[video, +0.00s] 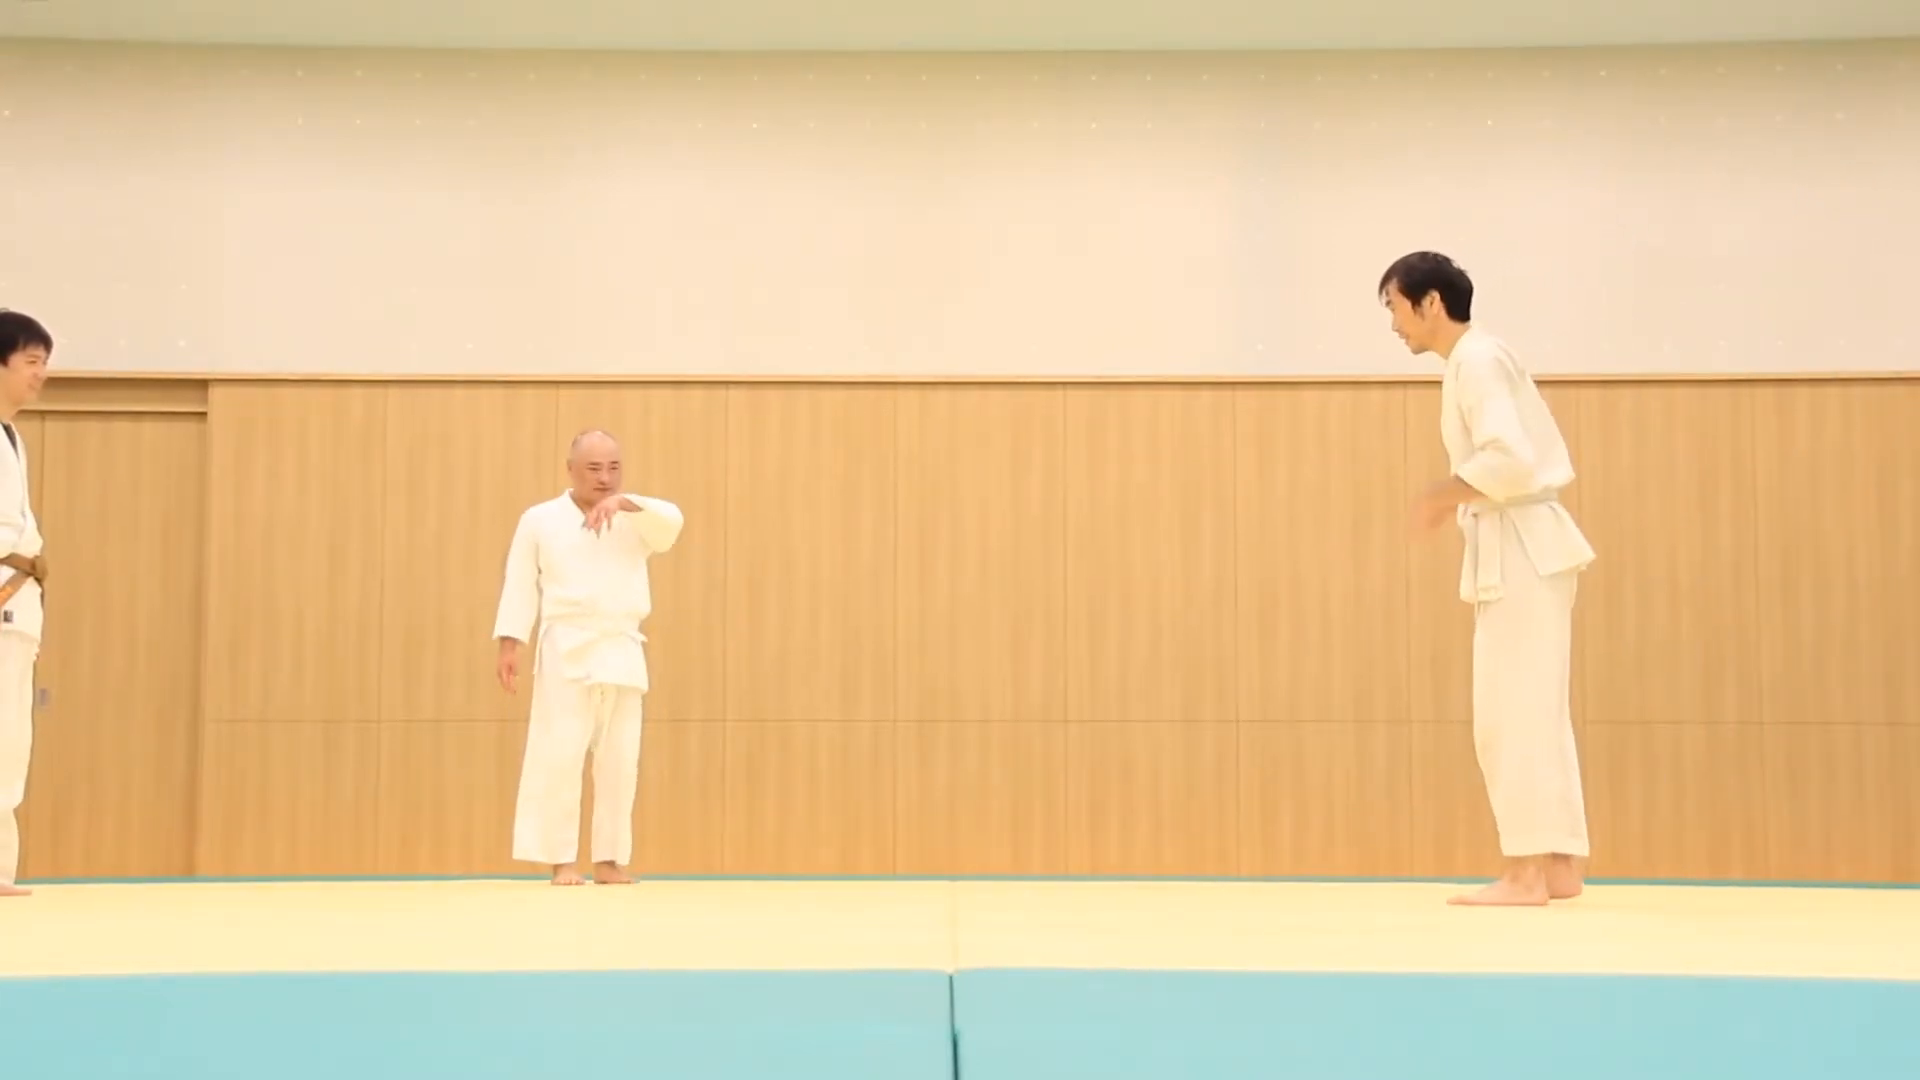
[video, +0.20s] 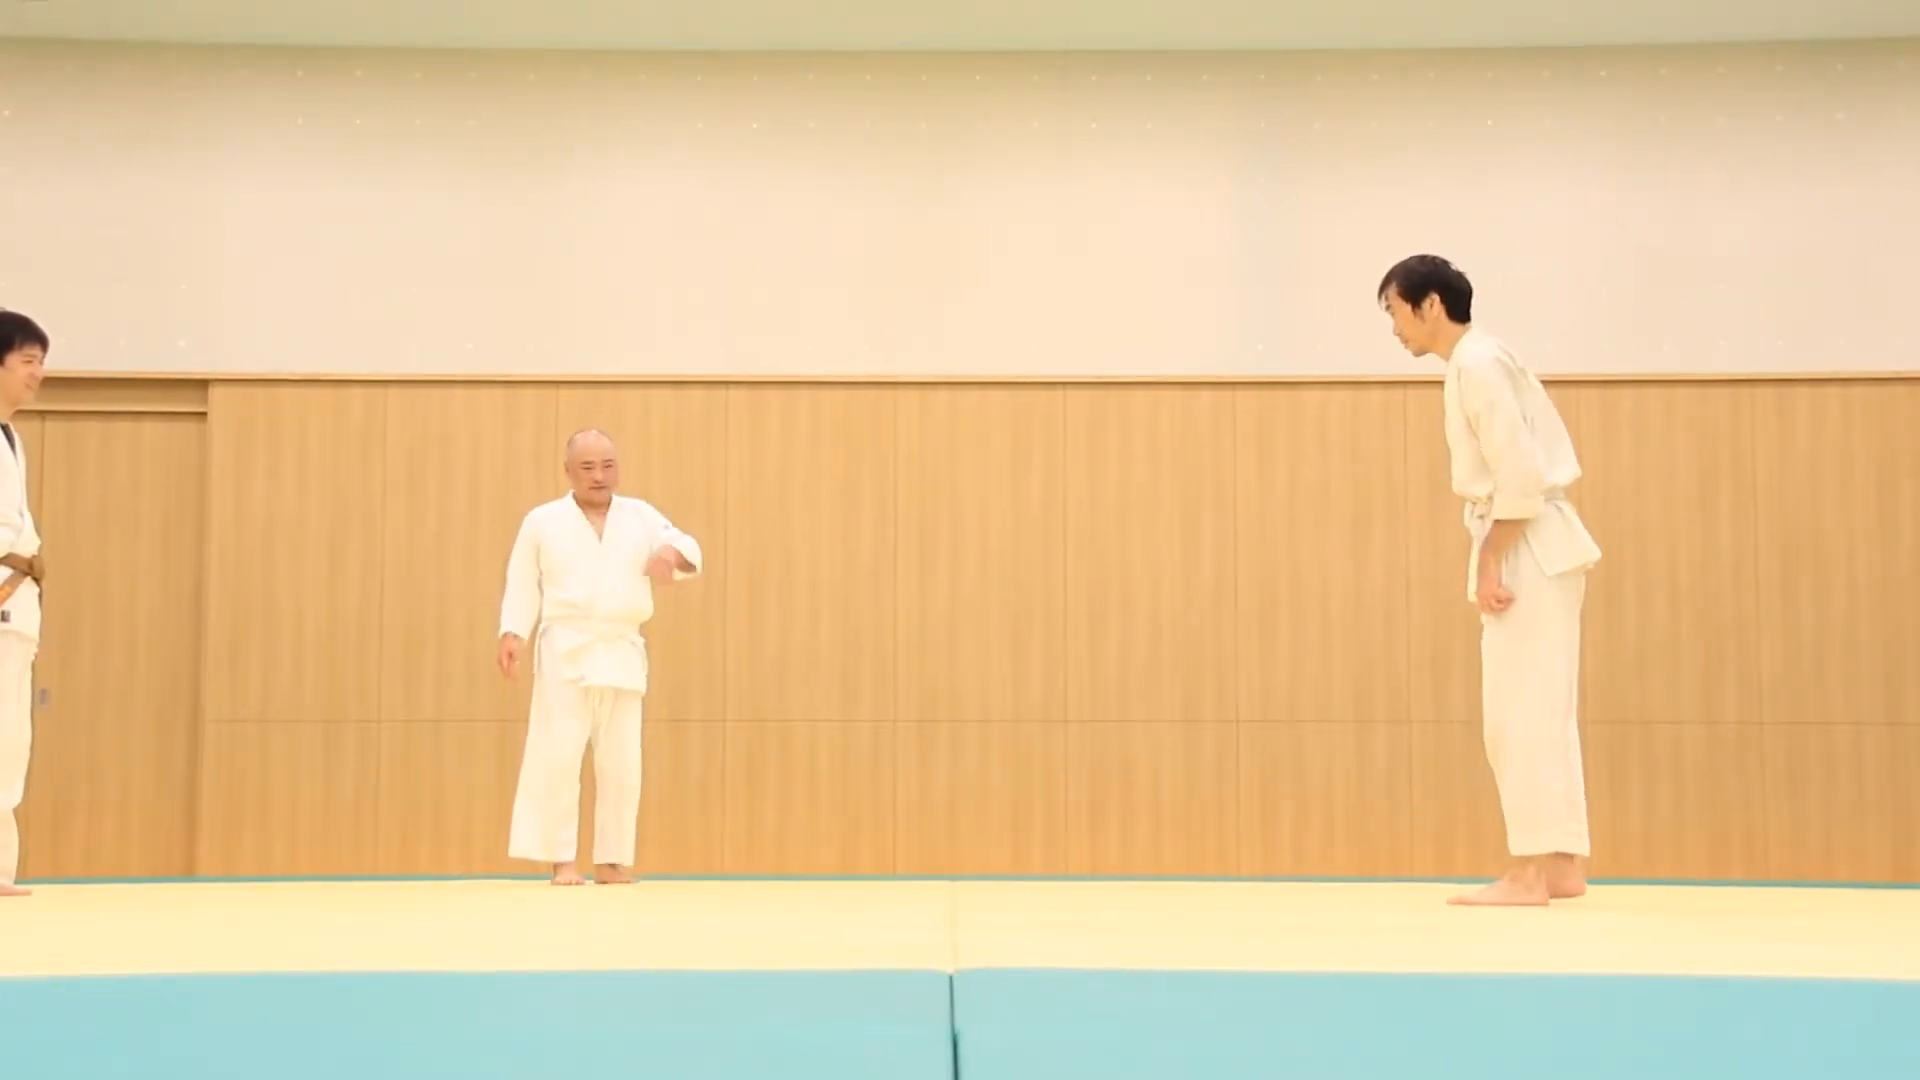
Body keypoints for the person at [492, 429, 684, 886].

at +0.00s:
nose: (604, 477)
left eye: (612, 468)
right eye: (593, 468)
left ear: (621, 472)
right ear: (570, 471)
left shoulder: (633, 519)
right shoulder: (541, 520)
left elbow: (673, 523)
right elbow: (521, 586)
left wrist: (627, 503)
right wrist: (511, 644)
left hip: (622, 650)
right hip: (565, 651)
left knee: (619, 757)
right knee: (562, 755)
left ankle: (609, 862)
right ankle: (563, 863)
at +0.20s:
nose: (599, 475)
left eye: (607, 465)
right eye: (587, 466)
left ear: (618, 468)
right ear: (568, 471)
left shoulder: (640, 515)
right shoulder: (542, 522)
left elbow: (689, 548)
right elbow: (522, 582)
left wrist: (673, 556)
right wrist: (512, 632)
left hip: (622, 651)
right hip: (564, 650)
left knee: (621, 759)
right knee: (561, 756)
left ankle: (612, 862)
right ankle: (564, 862)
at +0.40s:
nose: (599, 473)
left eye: (607, 464)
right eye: (586, 466)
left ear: (619, 466)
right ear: (570, 472)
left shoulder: (642, 519)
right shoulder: (547, 519)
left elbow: (678, 575)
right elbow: (522, 584)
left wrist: (715, 626)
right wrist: (509, 642)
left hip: (613, 651)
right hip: (555, 649)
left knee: (615, 758)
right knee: (546, 752)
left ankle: (612, 863)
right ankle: (555, 858)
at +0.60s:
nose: (591, 472)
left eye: (600, 463)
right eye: (580, 464)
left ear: (613, 467)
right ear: (563, 470)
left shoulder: (636, 520)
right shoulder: (540, 517)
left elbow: (658, 584)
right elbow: (513, 581)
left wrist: (675, 644)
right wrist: (490, 640)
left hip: (604, 654)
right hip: (543, 650)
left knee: (605, 761)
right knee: (524, 753)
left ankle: (608, 865)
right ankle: (512, 857)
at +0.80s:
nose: (565, 477)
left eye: (574, 467)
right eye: (553, 469)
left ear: (588, 471)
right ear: (537, 474)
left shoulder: (608, 525)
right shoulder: (512, 522)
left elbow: (625, 596)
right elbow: (482, 585)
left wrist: (623, 658)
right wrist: (452, 639)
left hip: (586, 656)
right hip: (524, 654)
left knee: (597, 763)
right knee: (500, 755)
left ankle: (606, 865)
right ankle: (472, 859)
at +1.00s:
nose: (519, 479)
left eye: (528, 470)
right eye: (508, 471)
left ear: (540, 474)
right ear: (491, 476)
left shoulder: (560, 526)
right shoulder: (467, 526)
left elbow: (583, 584)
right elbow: (436, 582)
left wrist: (596, 637)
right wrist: (408, 627)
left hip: (544, 656)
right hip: (485, 656)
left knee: (572, 759)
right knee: (476, 760)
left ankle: (600, 862)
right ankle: (469, 865)